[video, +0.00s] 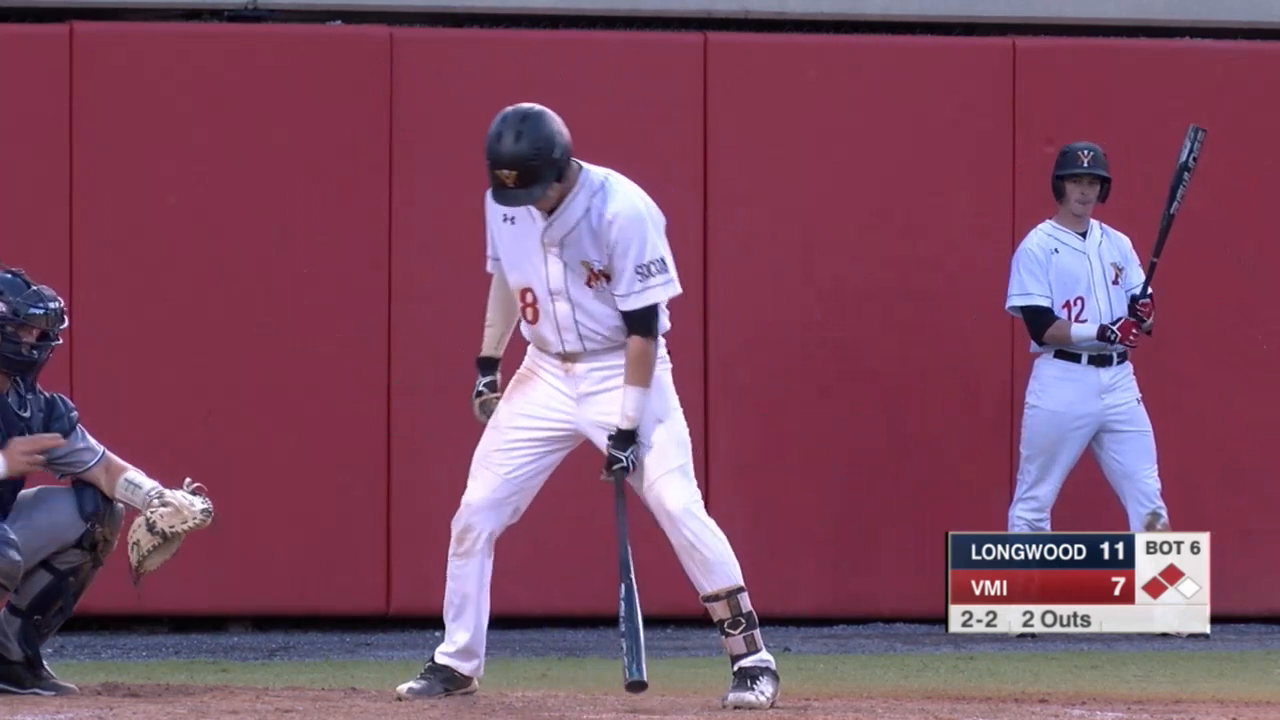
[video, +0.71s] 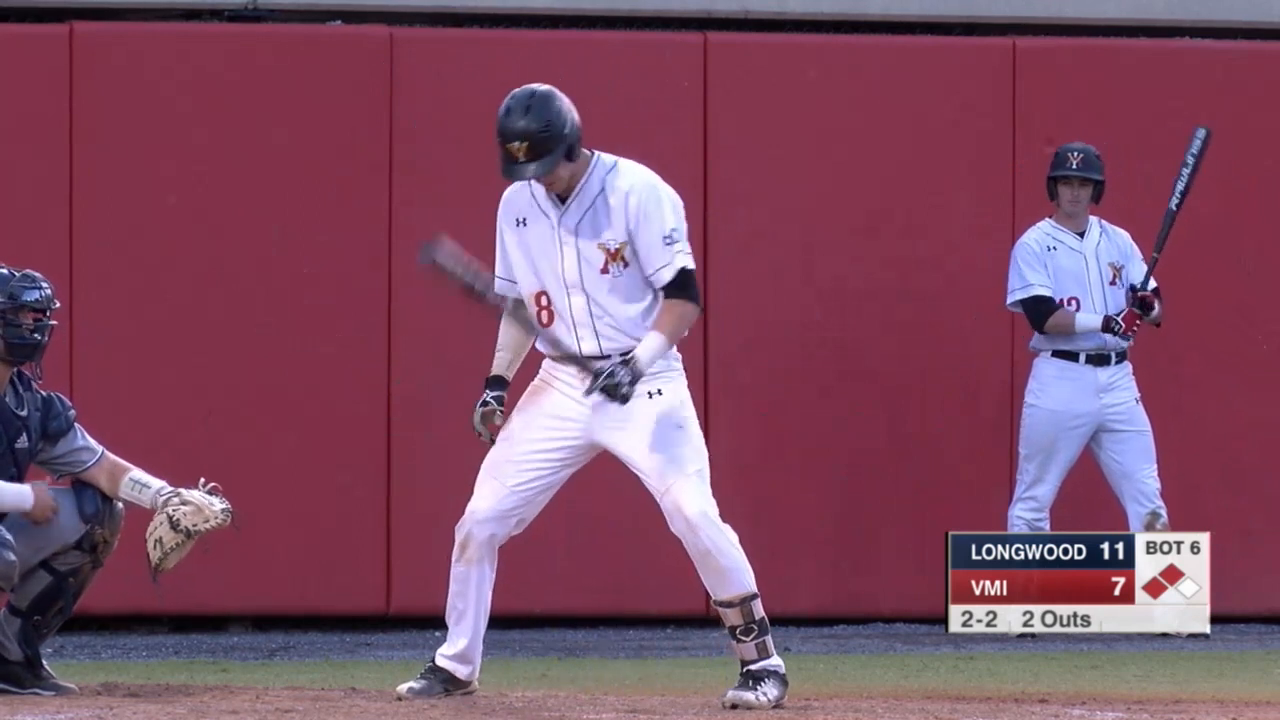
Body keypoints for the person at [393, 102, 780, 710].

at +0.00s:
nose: (524, 205)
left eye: (533, 193)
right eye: (513, 195)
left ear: (564, 170)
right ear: (499, 173)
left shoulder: (623, 210)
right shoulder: (503, 200)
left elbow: (644, 324)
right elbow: (504, 280)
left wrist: (628, 425)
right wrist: (487, 365)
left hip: (627, 375)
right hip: (543, 376)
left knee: (673, 502)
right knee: (475, 513)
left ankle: (751, 660)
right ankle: (455, 664)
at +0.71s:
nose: (535, 179)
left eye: (542, 166)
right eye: (525, 168)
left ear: (571, 146)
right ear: (515, 154)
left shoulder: (638, 190)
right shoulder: (516, 203)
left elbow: (684, 295)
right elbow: (519, 306)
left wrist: (639, 359)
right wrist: (497, 382)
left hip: (645, 383)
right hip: (558, 389)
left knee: (691, 512)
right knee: (479, 522)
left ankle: (761, 665)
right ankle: (455, 666)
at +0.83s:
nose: (578, 168)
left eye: (586, 154)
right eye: (566, 157)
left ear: (606, 135)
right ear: (546, 146)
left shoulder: (654, 188)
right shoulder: (524, 202)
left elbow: (716, 287)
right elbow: (514, 301)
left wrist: (695, 317)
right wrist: (496, 377)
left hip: (648, 384)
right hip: (561, 386)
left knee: (694, 513)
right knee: (482, 524)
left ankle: (762, 665)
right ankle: (455, 665)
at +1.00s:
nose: (623, 138)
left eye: (624, 125)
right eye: (609, 130)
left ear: (628, 118)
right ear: (574, 132)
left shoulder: (672, 189)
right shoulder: (532, 200)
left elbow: (726, 252)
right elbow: (512, 295)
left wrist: (743, 277)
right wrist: (500, 372)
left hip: (653, 383)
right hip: (562, 386)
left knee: (698, 513)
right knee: (486, 525)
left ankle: (761, 664)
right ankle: (454, 665)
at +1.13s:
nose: (635, 128)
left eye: (637, 117)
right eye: (621, 122)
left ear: (640, 115)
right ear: (583, 127)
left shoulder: (678, 193)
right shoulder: (537, 197)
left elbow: (732, 274)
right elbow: (516, 293)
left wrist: (763, 291)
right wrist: (510, 366)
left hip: (655, 386)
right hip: (563, 386)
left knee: (697, 514)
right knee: (488, 524)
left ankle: (762, 663)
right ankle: (454, 666)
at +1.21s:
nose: (639, 127)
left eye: (640, 115)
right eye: (625, 120)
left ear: (643, 115)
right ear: (587, 126)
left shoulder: (679, 194)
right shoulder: (539, 197)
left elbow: (728, 279)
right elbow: (518, 293)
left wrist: (761, 309)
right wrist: (516, 365)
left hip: (656, 385)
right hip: (564, 385)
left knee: (698, 513)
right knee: (488, 524)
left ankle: (762, 664)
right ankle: (455, 666)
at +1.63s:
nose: (615, 129)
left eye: (619, 117)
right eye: (600, 121)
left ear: (624, 118)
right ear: (565, 127)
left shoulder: (654, 199)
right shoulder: (525, 193)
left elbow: (650, 320)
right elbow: (509, 287)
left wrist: (571, 376)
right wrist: (493, 361)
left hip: (641, 386)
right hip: (554, 389)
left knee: (689, 511)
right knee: (477, 522)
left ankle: (761, 663)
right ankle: (454, 665)